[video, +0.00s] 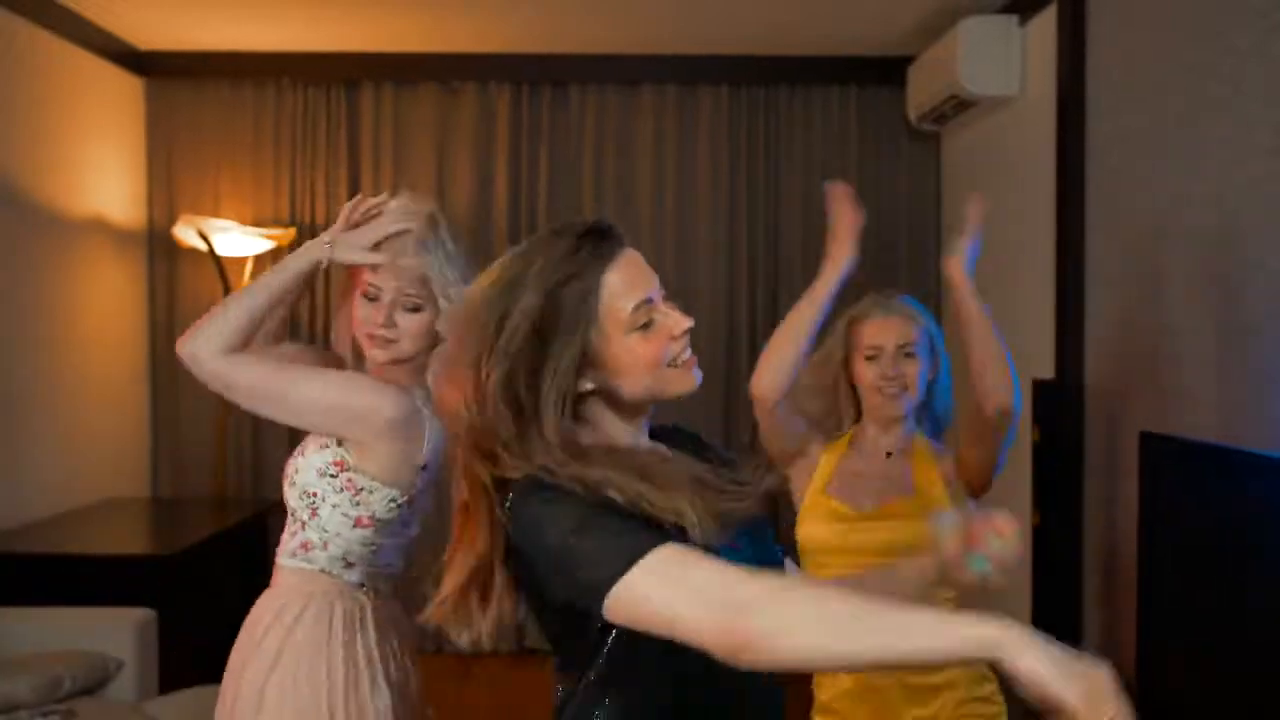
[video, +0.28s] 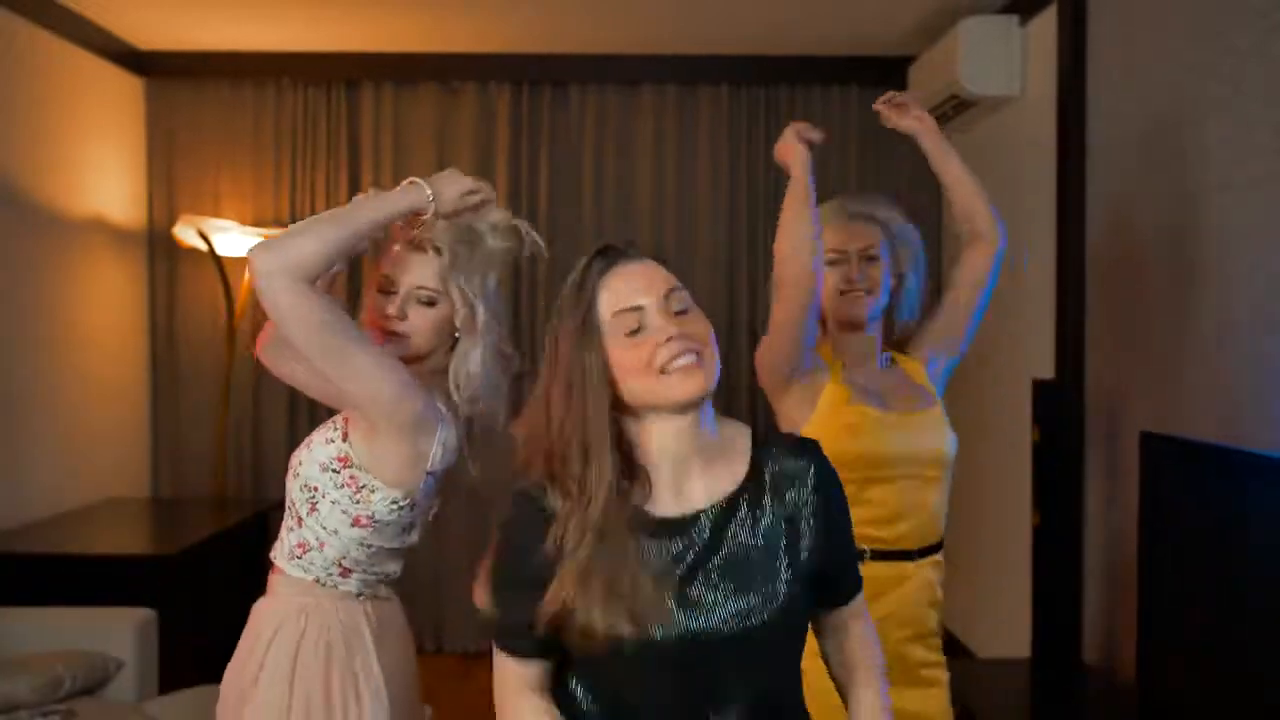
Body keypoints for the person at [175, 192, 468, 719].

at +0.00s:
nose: (382, 321)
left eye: (411, 306)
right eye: (371, 296)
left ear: (445, 321)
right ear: (352, 298)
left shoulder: (391, 410)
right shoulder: (395, 398)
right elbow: (247, 351)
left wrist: (315, 251)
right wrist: (315, 254)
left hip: (322, 627)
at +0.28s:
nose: (393, 312)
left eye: (424, 300)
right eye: (385, 289)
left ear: (465, 319)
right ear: (368, 290)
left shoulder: (408, 407)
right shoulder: (396, 401)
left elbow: (272, 265)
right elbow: (277, 346)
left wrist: (417, 196)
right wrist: (369, 221)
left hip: (324, 632)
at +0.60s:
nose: (378, 332)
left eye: (409, 318)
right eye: (374, 312)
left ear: (458, 339)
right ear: (362, 316)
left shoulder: (412, 445)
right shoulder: (407, 419)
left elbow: (207, 410)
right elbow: (287, 361)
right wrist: (357, 282)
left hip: (335, 663)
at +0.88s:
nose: (351, 293)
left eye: (381, 279)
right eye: (351, 275)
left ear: (436, 299)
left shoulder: (383, 385)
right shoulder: (409, 401)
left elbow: (215, 265)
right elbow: (262, 413)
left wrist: (328, 203)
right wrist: (333, 311)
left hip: (316, 650)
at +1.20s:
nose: (345, 280)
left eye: (377, 269)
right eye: (349, 262)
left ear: (432, 297)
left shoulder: (375, 391)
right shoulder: (409, 390)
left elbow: (217, 273)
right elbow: (233, 339)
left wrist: (342, 191)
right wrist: (337, 261)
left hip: (304, 631)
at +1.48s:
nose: (360, 295)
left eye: (392, 293)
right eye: (360, 275)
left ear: (425, 332)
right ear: (341, 283)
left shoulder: (354, 412)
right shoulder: (398, 411)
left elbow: (236, 568)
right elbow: (233, 525)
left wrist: (189, 413)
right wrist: (239, 408)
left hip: (300, 672)